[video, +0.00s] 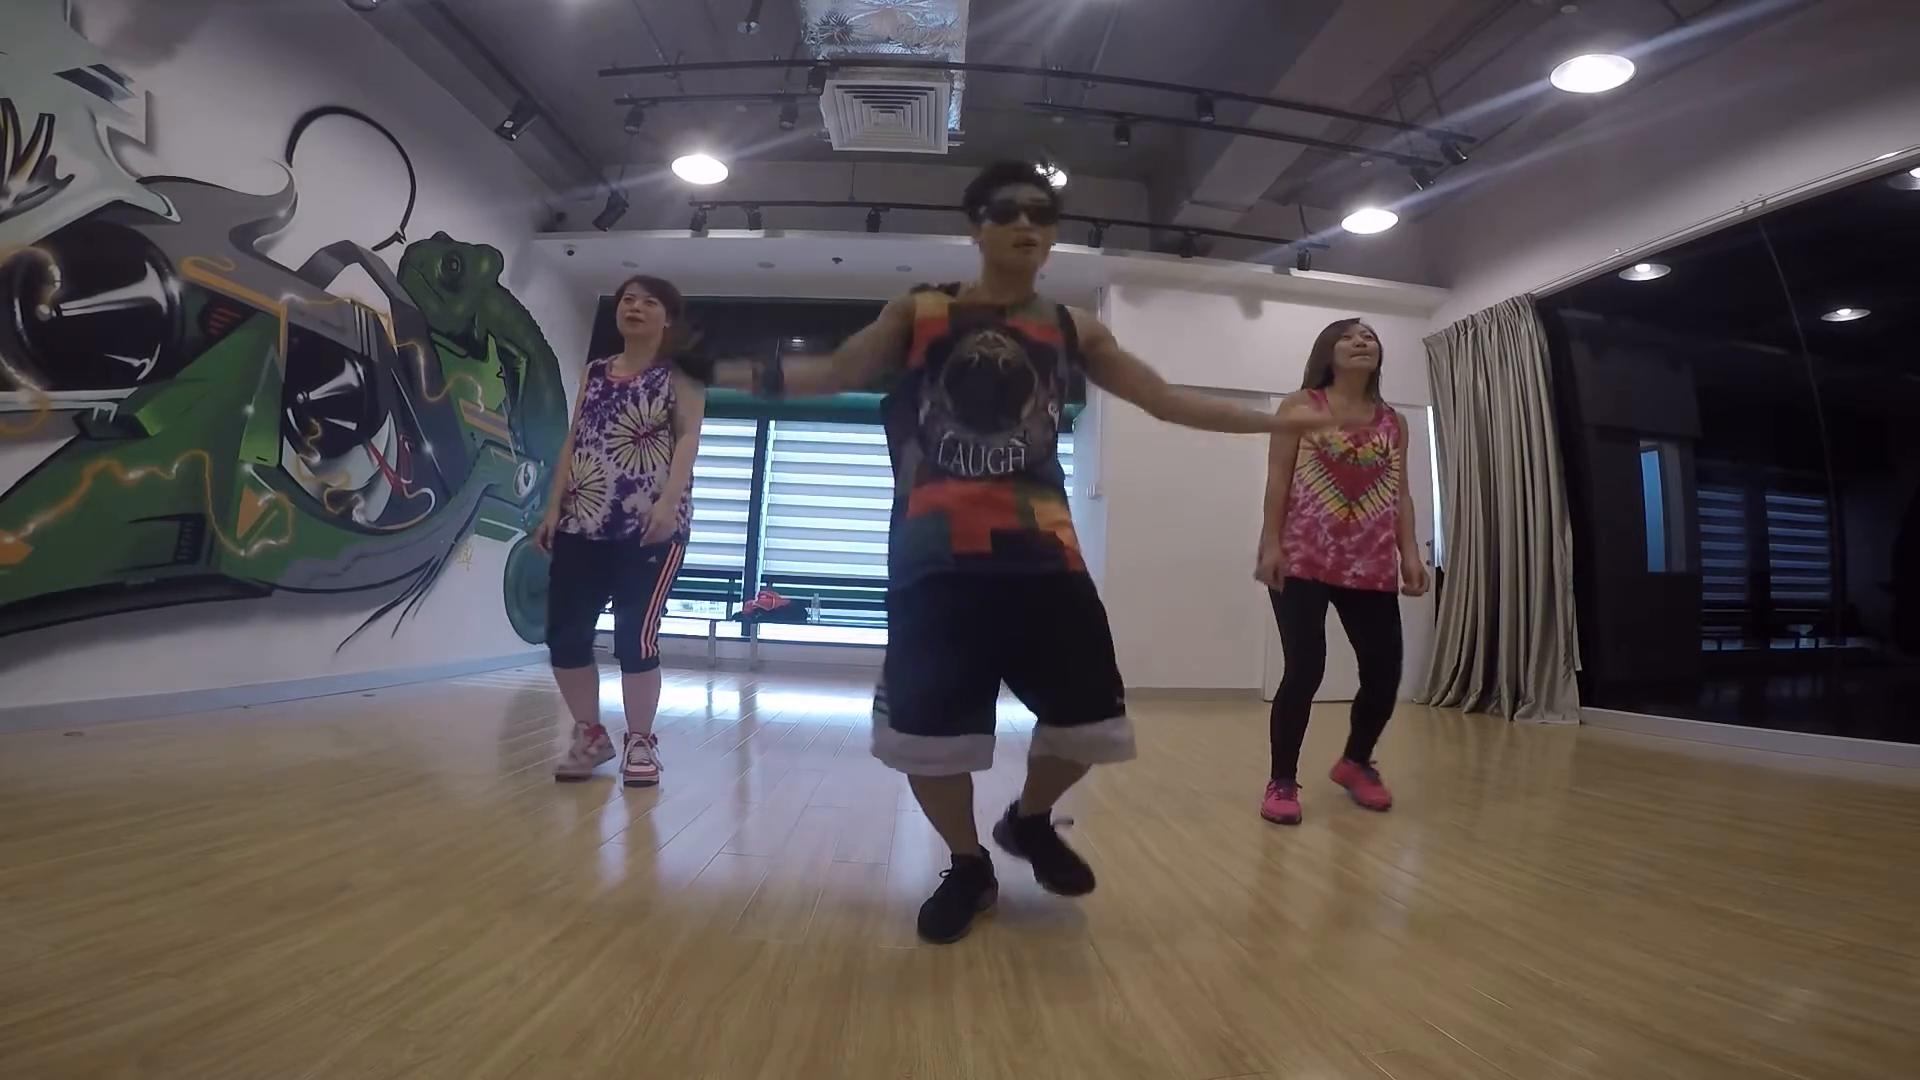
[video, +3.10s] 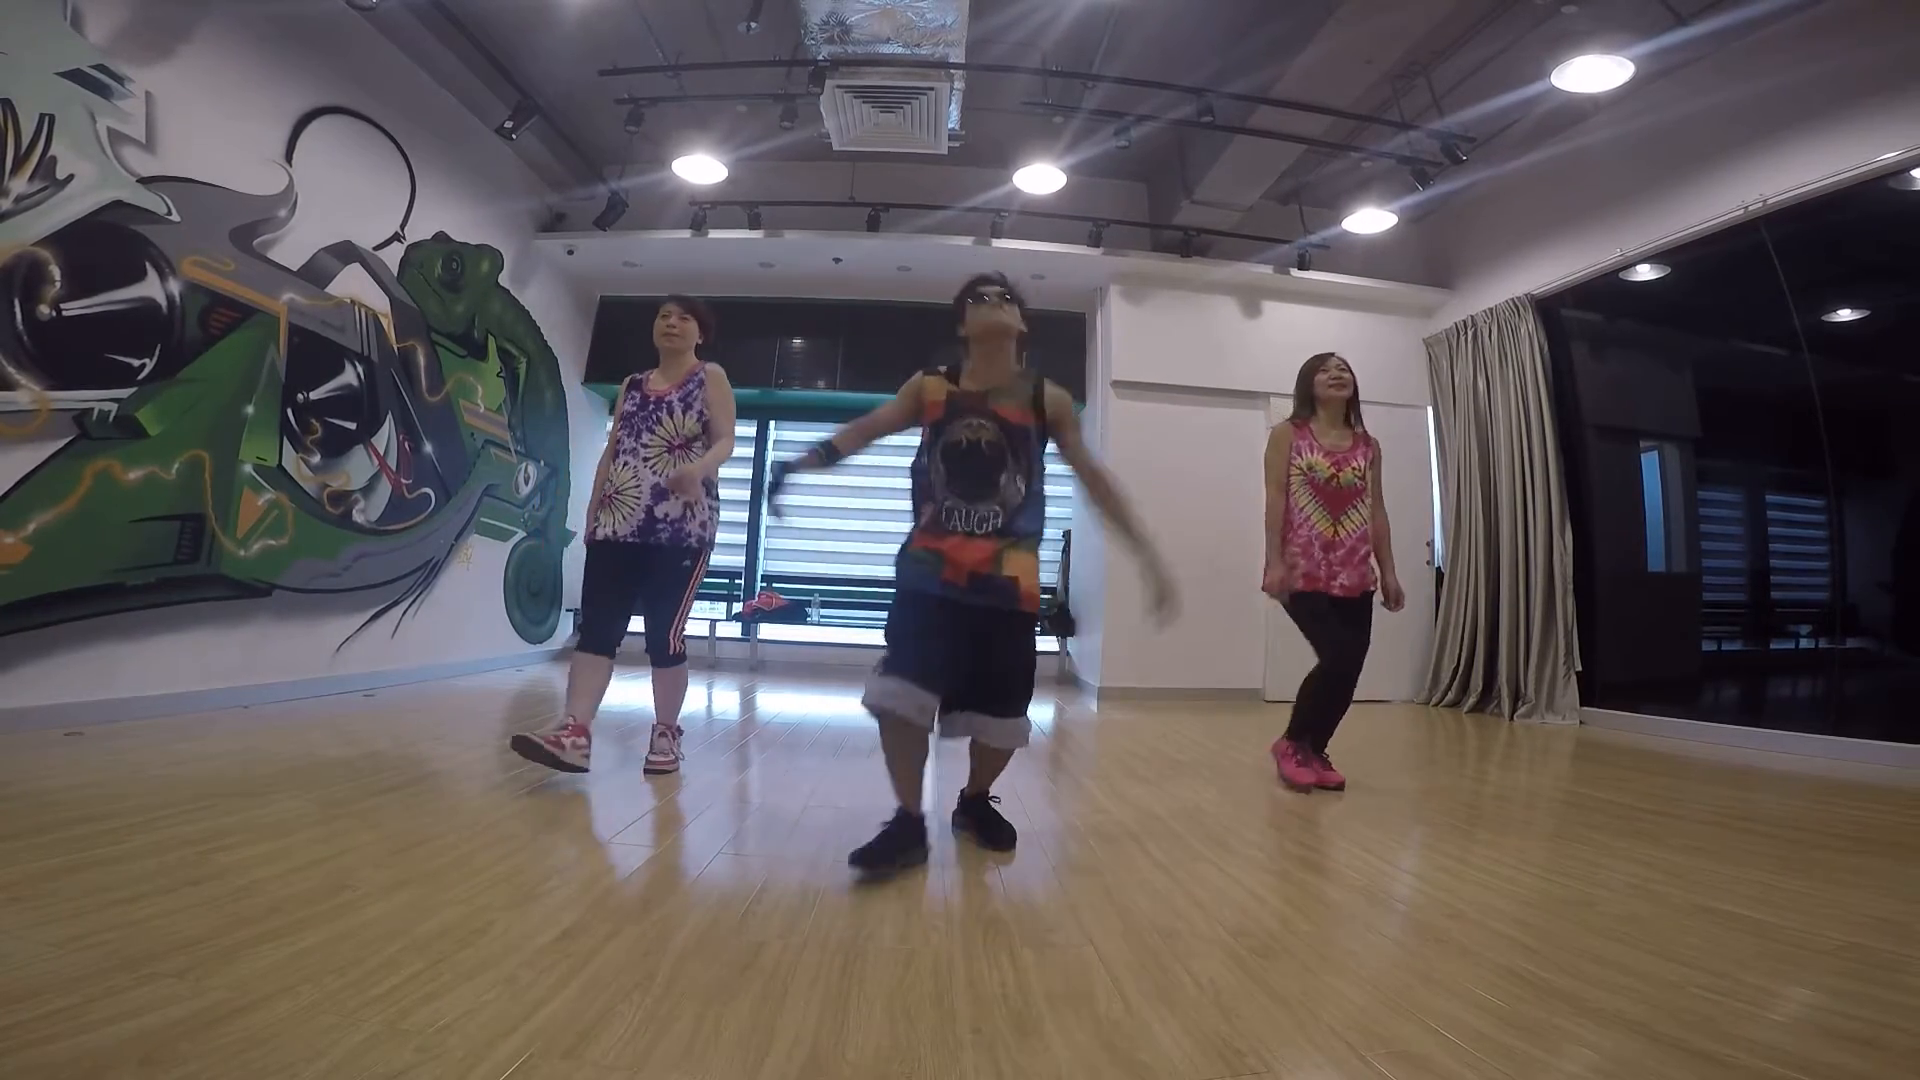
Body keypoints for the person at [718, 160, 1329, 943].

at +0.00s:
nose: (1027, 232)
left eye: (1041, 220)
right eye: (1009, 217)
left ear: (1053, 237)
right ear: (974, 228)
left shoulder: (1073, 331)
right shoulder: (915, 317)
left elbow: (1166, 398)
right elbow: (831, 369)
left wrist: (1275, 419)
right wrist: (755, 373)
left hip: (1044, 558)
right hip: (938, 560)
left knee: (1089, 723)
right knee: (924, 739)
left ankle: (1026, 821)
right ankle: (966, 867)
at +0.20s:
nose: (1049, 244)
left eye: (1062, 235)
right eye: (1029, 234)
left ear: (1077, 262)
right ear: (996, 257)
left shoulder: (1081, 367)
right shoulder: (939, 321)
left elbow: (1135, 462)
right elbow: (844, 361)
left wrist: (1246, 466)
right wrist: (763, 369)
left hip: (1031, 586)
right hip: (925, 580)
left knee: (1060, 767)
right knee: (913, 761)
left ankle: (1025, 864)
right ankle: (969, 867)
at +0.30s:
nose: (1055, 256)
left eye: (1068, 248)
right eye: (1036, 246)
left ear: (1085, 275)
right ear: (1004, 269)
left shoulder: (1089, 388)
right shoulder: (943, 335)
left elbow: (1106, 495)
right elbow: (872, 407)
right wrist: (853, 429)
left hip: (1036, 591)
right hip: (930, 584)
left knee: (1075, 766)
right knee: (906, 762)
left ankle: (1028, 862)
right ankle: (969, 866)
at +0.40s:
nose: (1048, 257)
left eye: (1062, 247)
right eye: (1028, 246)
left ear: (1077, 272)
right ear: (997, 268)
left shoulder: (1093, 388)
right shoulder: (942, 349)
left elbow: (1086, 499)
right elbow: (920, 467)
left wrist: (1071, 584)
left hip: (1050, 596)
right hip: (944, 589)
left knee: (1087, 767)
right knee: (916, 759)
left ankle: (1031, 863)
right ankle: (970, 864)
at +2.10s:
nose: (965, 301)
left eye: (977, 293)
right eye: (950, 291)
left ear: (992, 314)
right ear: (928, 314)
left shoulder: (1030, 353)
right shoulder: (936, 406)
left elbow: (1102, 415)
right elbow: (960, 485)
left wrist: (1138, 504)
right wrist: (949, 554)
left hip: (1047, 569)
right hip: (959, 569)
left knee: (1040, 717)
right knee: (910, 702)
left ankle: (1005, 815)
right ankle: (935, 797)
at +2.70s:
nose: (991, 286)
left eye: (1003, 281)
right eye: (978, 279)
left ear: (1018, 306)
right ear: (955, 302)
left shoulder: (1029, 384)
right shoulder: (914, 359)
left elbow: (1030, 470)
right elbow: (872, 434)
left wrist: (1051, 542)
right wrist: (872, 490)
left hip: (1001, 555)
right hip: (920, 554)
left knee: (1025, 684)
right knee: (913, 705)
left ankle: (1007, 809)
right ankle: (936, 797)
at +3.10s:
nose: (994, 303)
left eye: (1004, 298)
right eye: (980, 298)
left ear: (1022, 324)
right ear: (961, 324)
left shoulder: (1048, 401)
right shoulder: (930, 388)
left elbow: (1097, 485)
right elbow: (863, 429)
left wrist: (1149, 558)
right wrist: (805, 460)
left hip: (1009, 583)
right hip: (930, 573)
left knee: (1004, 717)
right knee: (900, 696)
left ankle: (975, 801)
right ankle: (908, 822)